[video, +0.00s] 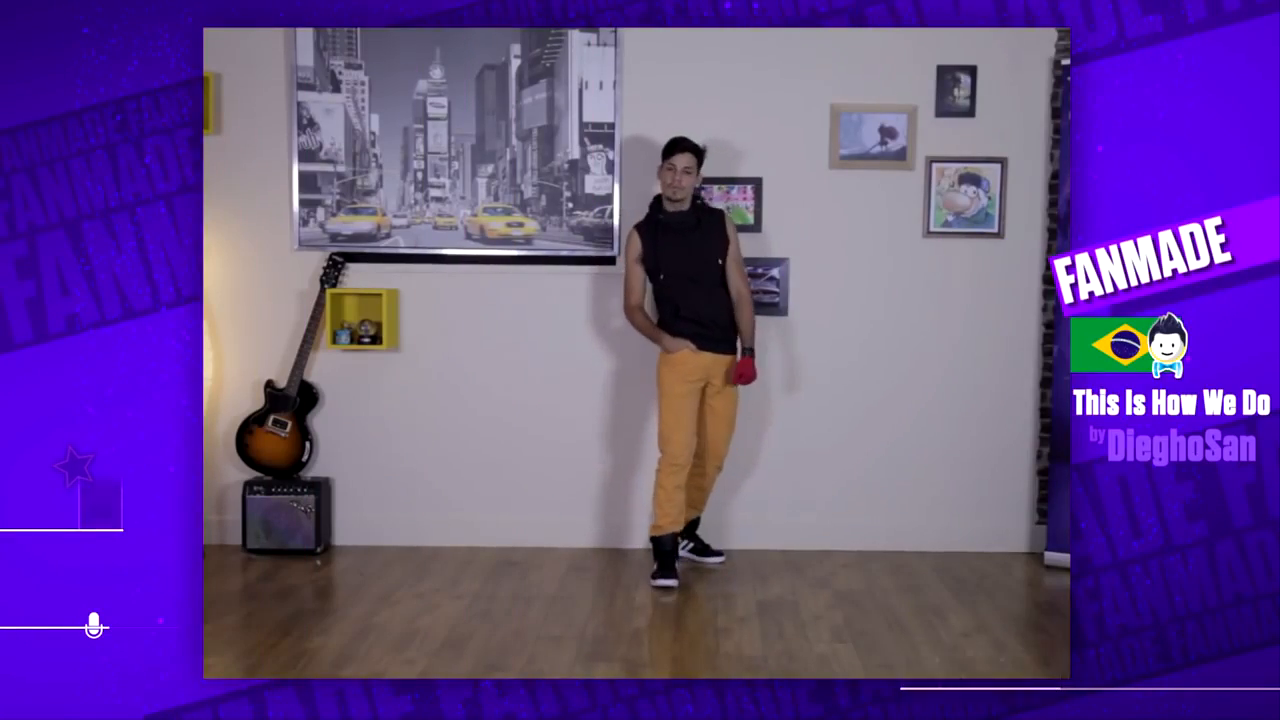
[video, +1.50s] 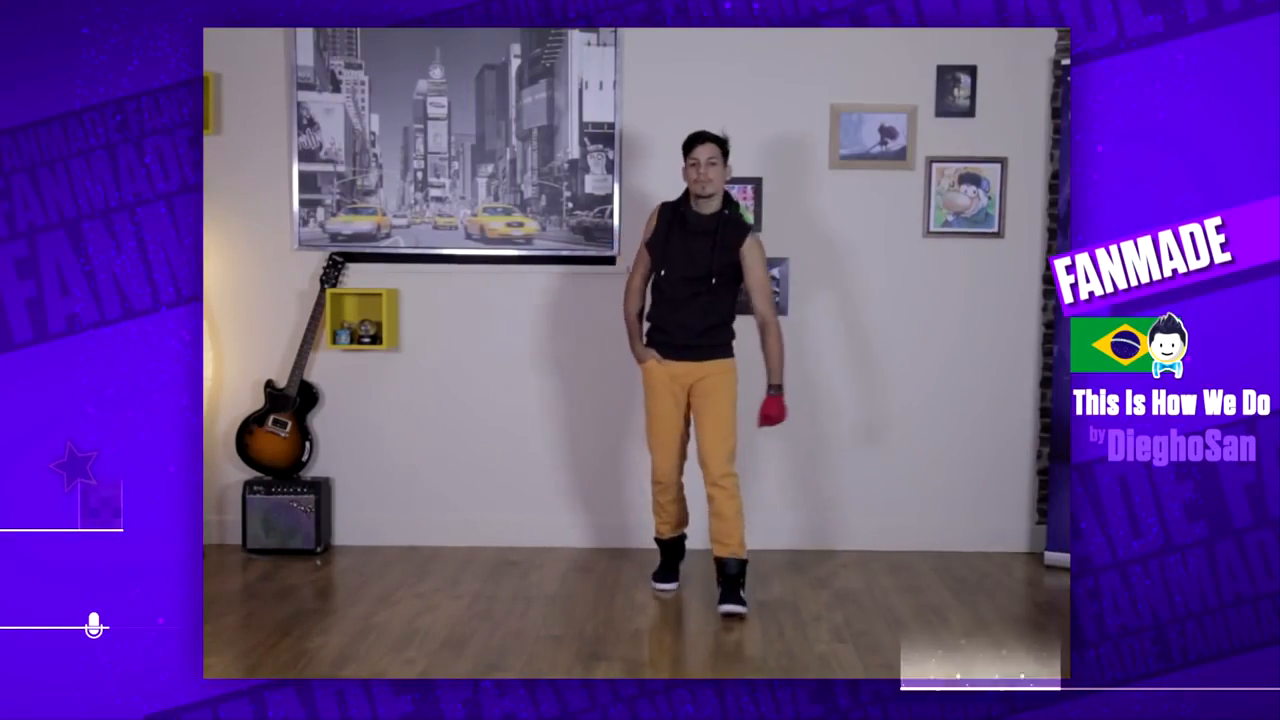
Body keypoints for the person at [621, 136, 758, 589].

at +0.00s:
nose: (677, 178)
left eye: (687, 171)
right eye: (671, 169)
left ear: (699, 177)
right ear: (659, 174)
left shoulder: (721, 224)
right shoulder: (642, 235)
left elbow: (741, 290)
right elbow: (632, 306)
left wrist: (748, 347)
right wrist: (663, 340)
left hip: (726, 357)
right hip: (680, 356)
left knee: (712, 455)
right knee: (676, 455)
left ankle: (685, 535)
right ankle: (664, 555)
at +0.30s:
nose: (673, 174)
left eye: (682, 167)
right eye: (665, 165)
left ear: (692, 173)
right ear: (653, 170)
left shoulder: (708, 217)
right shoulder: (635, 232)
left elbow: (731, 282)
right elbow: (613, 308)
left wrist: (732, 337)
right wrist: (663, 342)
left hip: (718, 352)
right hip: (675, 353)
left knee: (714, 451)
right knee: (677, 453)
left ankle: (688, 529)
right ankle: (664, 552)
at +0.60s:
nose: (680, 184)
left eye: (689, 176)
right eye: (673, 174)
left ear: (700, 179)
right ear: (660, 172)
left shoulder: (699, 225)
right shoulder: (637, 227)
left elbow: (717, 290)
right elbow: (613, 301)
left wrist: (734, 344)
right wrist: (663, 346)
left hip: (712, 356)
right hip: (671, 360)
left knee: (723, 446)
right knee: (675, 456)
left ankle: (691, 525)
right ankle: (665, 550)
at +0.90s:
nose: (697, 182)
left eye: (705, 174)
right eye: (690, 172)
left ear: (715, 177)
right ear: (675, 171)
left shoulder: (703, 217)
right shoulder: (649, 215)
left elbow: (707, 277)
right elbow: (615, 286)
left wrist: (710, 323)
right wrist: (647, 347)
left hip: (706, 357)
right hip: (663, 361)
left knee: (728, 448)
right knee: (667, 460)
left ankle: (711, 550)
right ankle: (664, 556)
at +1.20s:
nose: (708, 190)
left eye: (717, 181)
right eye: (700, 181)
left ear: (730, 184)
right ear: (688, 184)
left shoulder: (732, 248)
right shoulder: (657, 219)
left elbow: (724, 315)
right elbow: (617, 287)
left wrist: (719, 363)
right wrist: (631, 351)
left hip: (705, 367)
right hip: (654, 365)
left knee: (715, 465)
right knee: (661, 468)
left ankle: (731, 569)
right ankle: (665, 557)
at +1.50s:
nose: (703, 172)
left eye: (712, 164)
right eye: (695, 164)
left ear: (726, 171)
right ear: (684, 171)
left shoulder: (741, 237)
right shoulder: (662, 219)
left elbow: (767, 318)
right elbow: (634, 287)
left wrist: (775, 388)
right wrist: (637, 346)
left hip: (716, 366)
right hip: (661, 364)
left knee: (719, 472)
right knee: (664, 471)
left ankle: (731, 579)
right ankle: (669, 555)